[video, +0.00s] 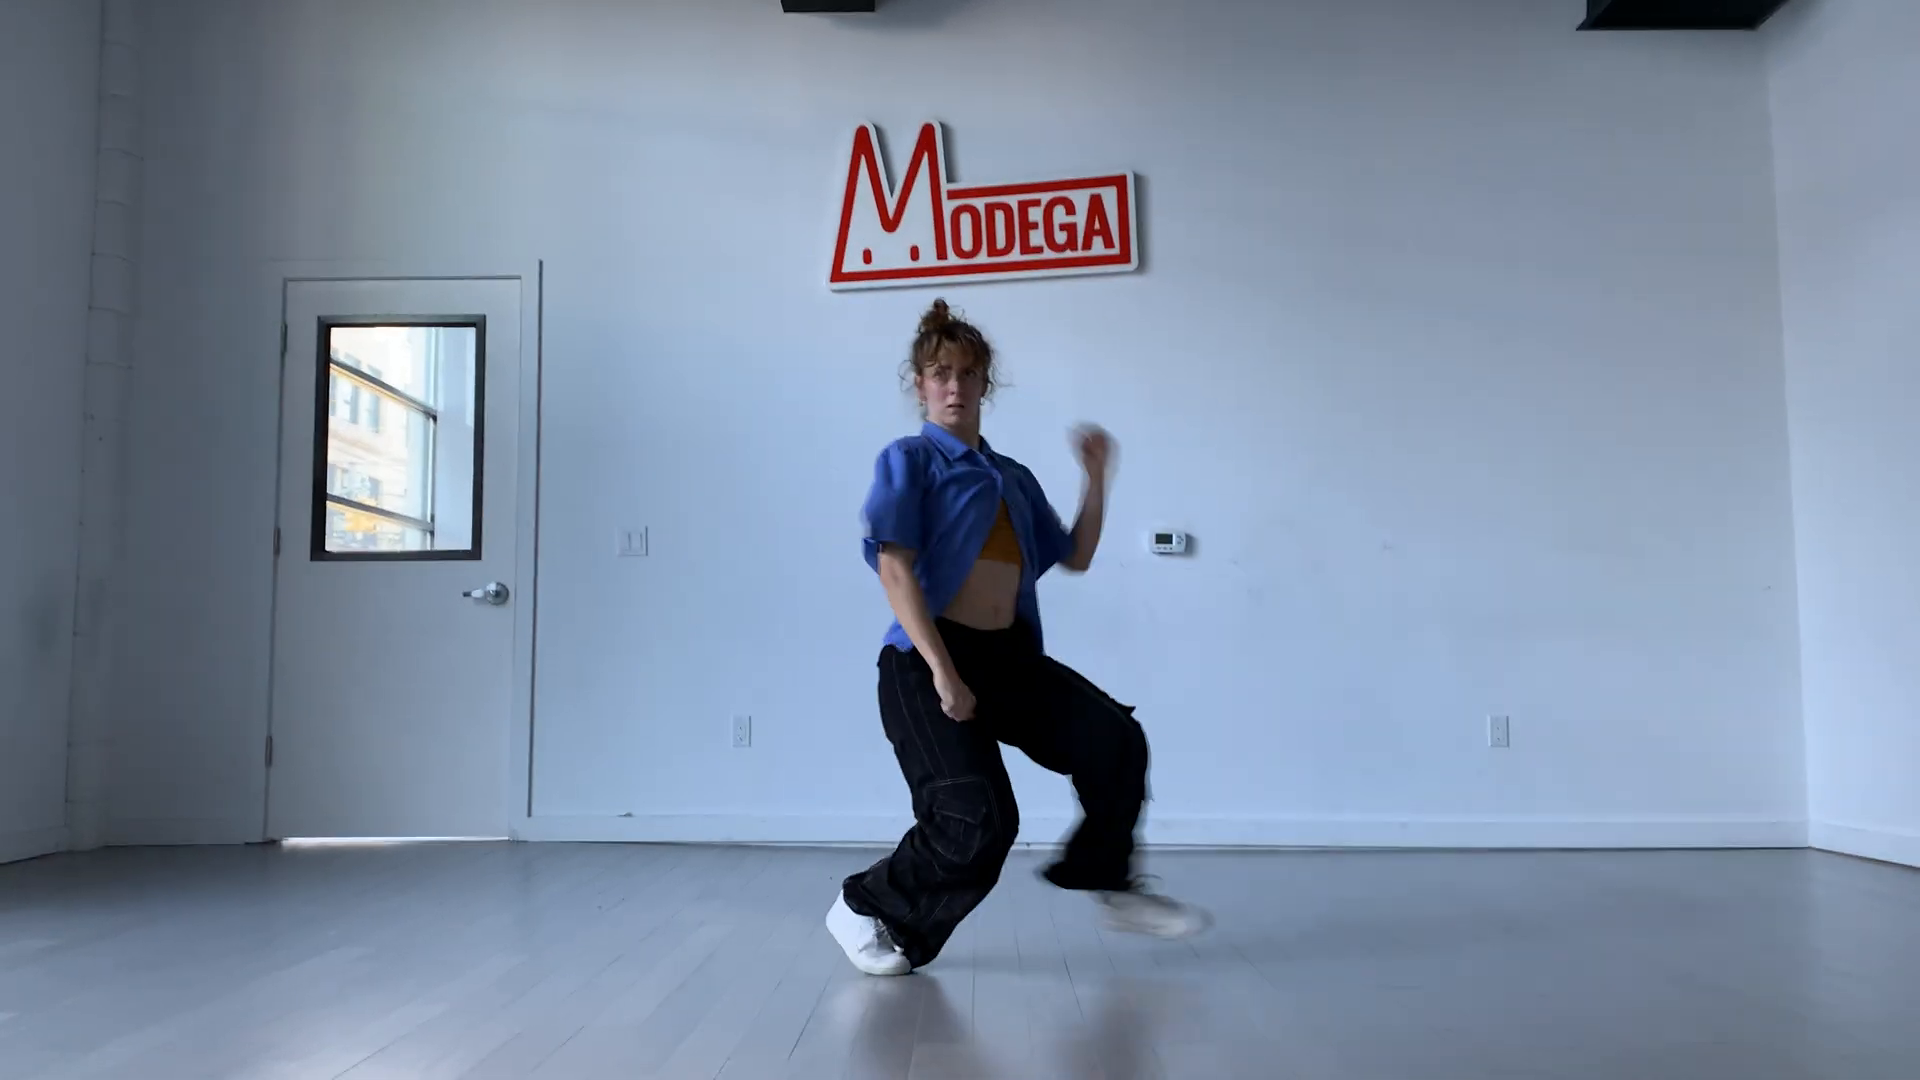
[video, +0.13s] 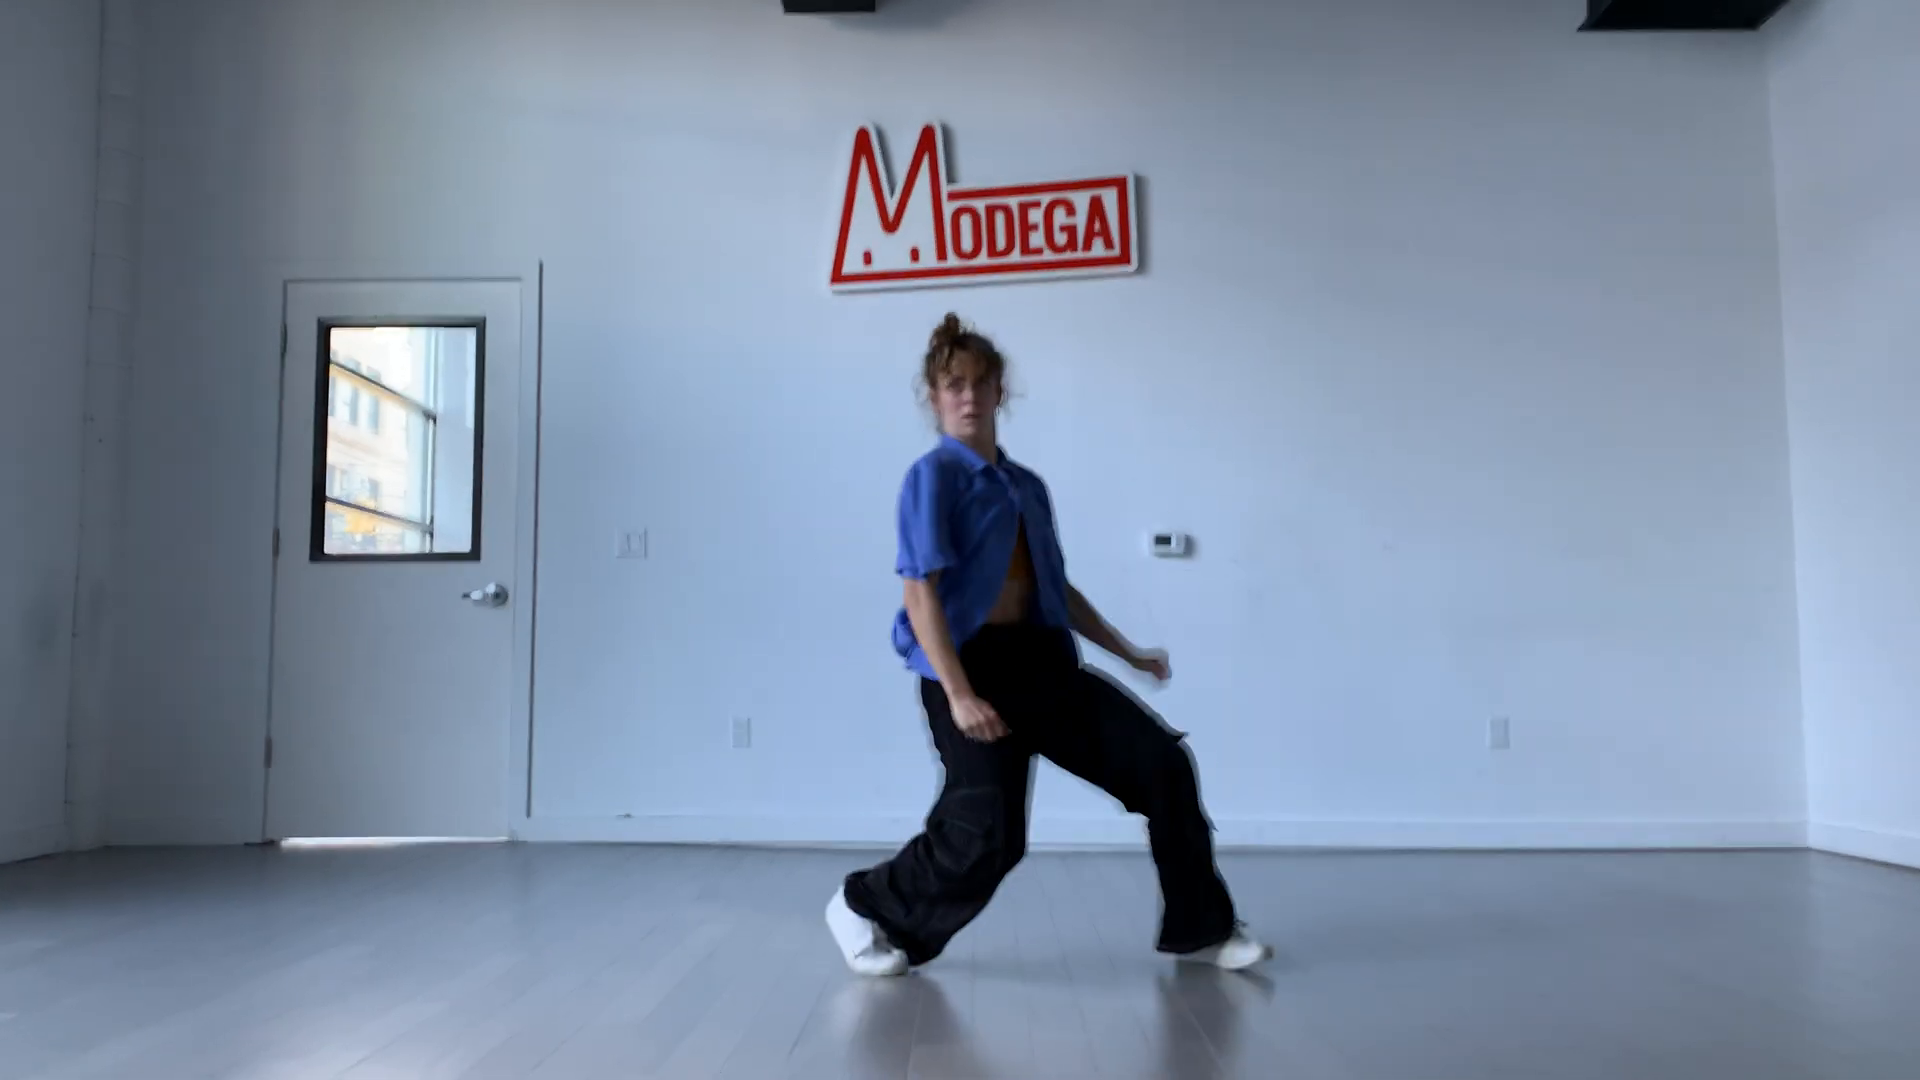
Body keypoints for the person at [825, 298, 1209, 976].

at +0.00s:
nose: (954, 386)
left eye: (966, 373)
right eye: (940, 374)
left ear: (984, 383)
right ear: (920, 385)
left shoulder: (1013, 477)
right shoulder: (908, 461)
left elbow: (1075, 555)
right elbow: (894, 572)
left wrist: (1096, 479)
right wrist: (944, 672)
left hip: (1008, 664)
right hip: (929, 667)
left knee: (1116, 744)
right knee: (978, 818)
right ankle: (868, 909)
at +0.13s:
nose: (969, 397)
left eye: (982, 383)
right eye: (953, 386)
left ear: (1000, 393)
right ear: (933, 401)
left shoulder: (1027, 486)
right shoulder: (932, 478)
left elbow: (1056, 589)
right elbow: (919, 595)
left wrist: (1129, 654)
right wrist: (959, 694)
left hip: (1040, 666)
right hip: (969, 675)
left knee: (1163, 765)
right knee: (989, 830)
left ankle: (1201, 927)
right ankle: (868, 908)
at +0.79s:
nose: (1021, 351)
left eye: (1008, 351)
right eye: (1005, 364)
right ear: (1013, 405)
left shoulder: (1103, 432)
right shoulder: (1047, 425)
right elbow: (994, 521)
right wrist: (1058, 606)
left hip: (1119, 646)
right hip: (1057, 645)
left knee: (1212, 759)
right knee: (997, 806)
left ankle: (1217, 923)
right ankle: (861, 910)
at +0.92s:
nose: (1095, 323)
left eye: (1082, 320)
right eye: (1078, 329)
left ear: (1093, 354)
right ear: (1074, 365)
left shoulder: (1140, 421)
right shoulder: (1091, 400)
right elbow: (1016, 447)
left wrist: (1151, 535)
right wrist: (1082, 520)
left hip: (1107, 631)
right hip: (1045, 625)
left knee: (1189, 758)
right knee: (983, 789)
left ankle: (1216, 925)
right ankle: (858, 918)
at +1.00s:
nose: (1159, 328)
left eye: (1150, 320)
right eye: (1143, 323)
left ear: (1132, 347)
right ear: (1119, 343)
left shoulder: (1157, 422)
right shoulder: (1118, 382)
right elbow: (1061, 394)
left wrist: (1152, 532)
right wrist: (1113, 466)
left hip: (1101, 622)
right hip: (1039, 611)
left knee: (1172, 765)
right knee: (977, 782)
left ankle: (1210, 927)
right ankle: (859, 921)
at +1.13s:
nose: (1192, 335)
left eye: (1191, 325)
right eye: (1182, 324)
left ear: (1154, 333)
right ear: (1155, 330)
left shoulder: (1168, 421)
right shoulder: (1131, 368)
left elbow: (1220, 472)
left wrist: (1238, 467)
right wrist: (1182, 441)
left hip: (1105, 618)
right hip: (1036, 606)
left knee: (1161, 780)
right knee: (967, 780)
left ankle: (1201, 930)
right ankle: (856, 920)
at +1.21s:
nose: (1207, 334)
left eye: (1206, 324)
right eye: (1201, 321)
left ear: (1176, 324)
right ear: (1173, 318)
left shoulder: (1206, 402)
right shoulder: (1130, 365)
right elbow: (1232, 381)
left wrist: (1336, 471)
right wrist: (1241, 459)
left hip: (1119, 607)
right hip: (1048, 598)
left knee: (1165, 772)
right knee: (978, 770)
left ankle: (1195, 927)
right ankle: (864, 909)